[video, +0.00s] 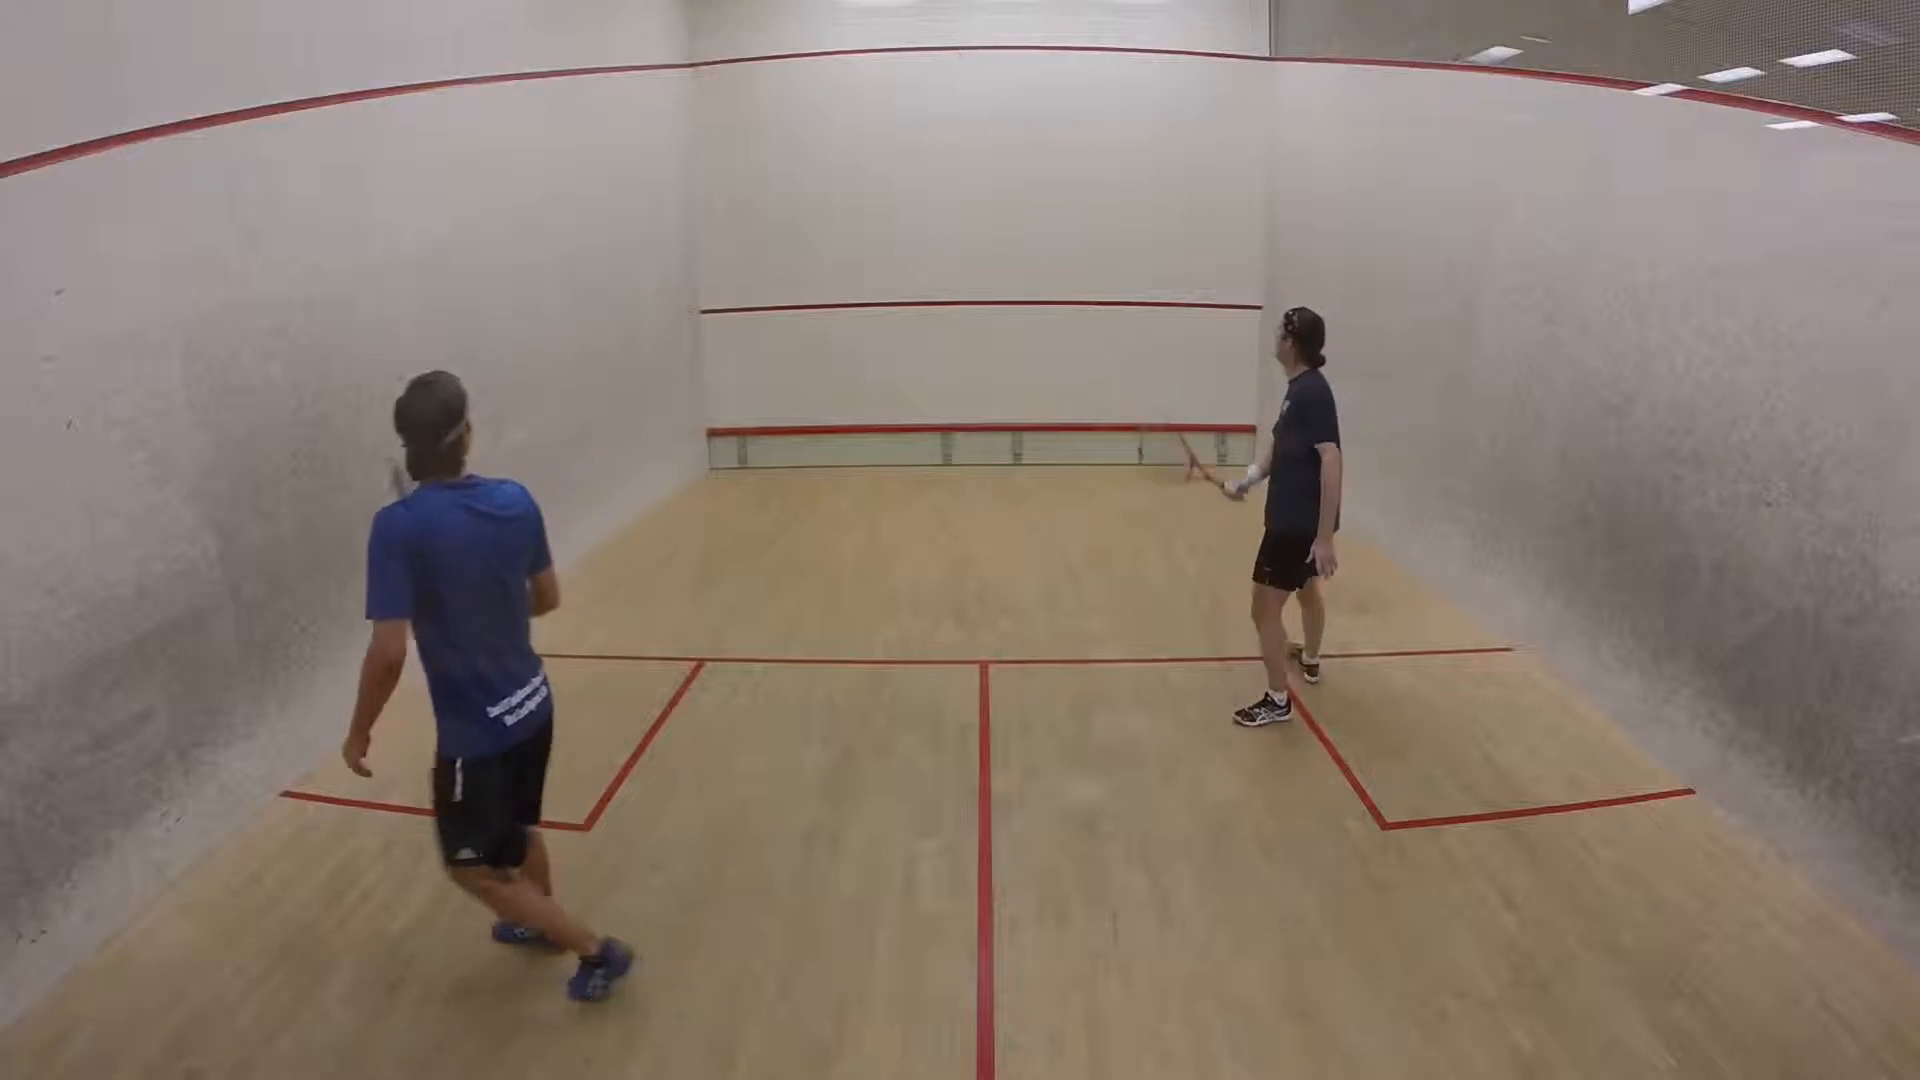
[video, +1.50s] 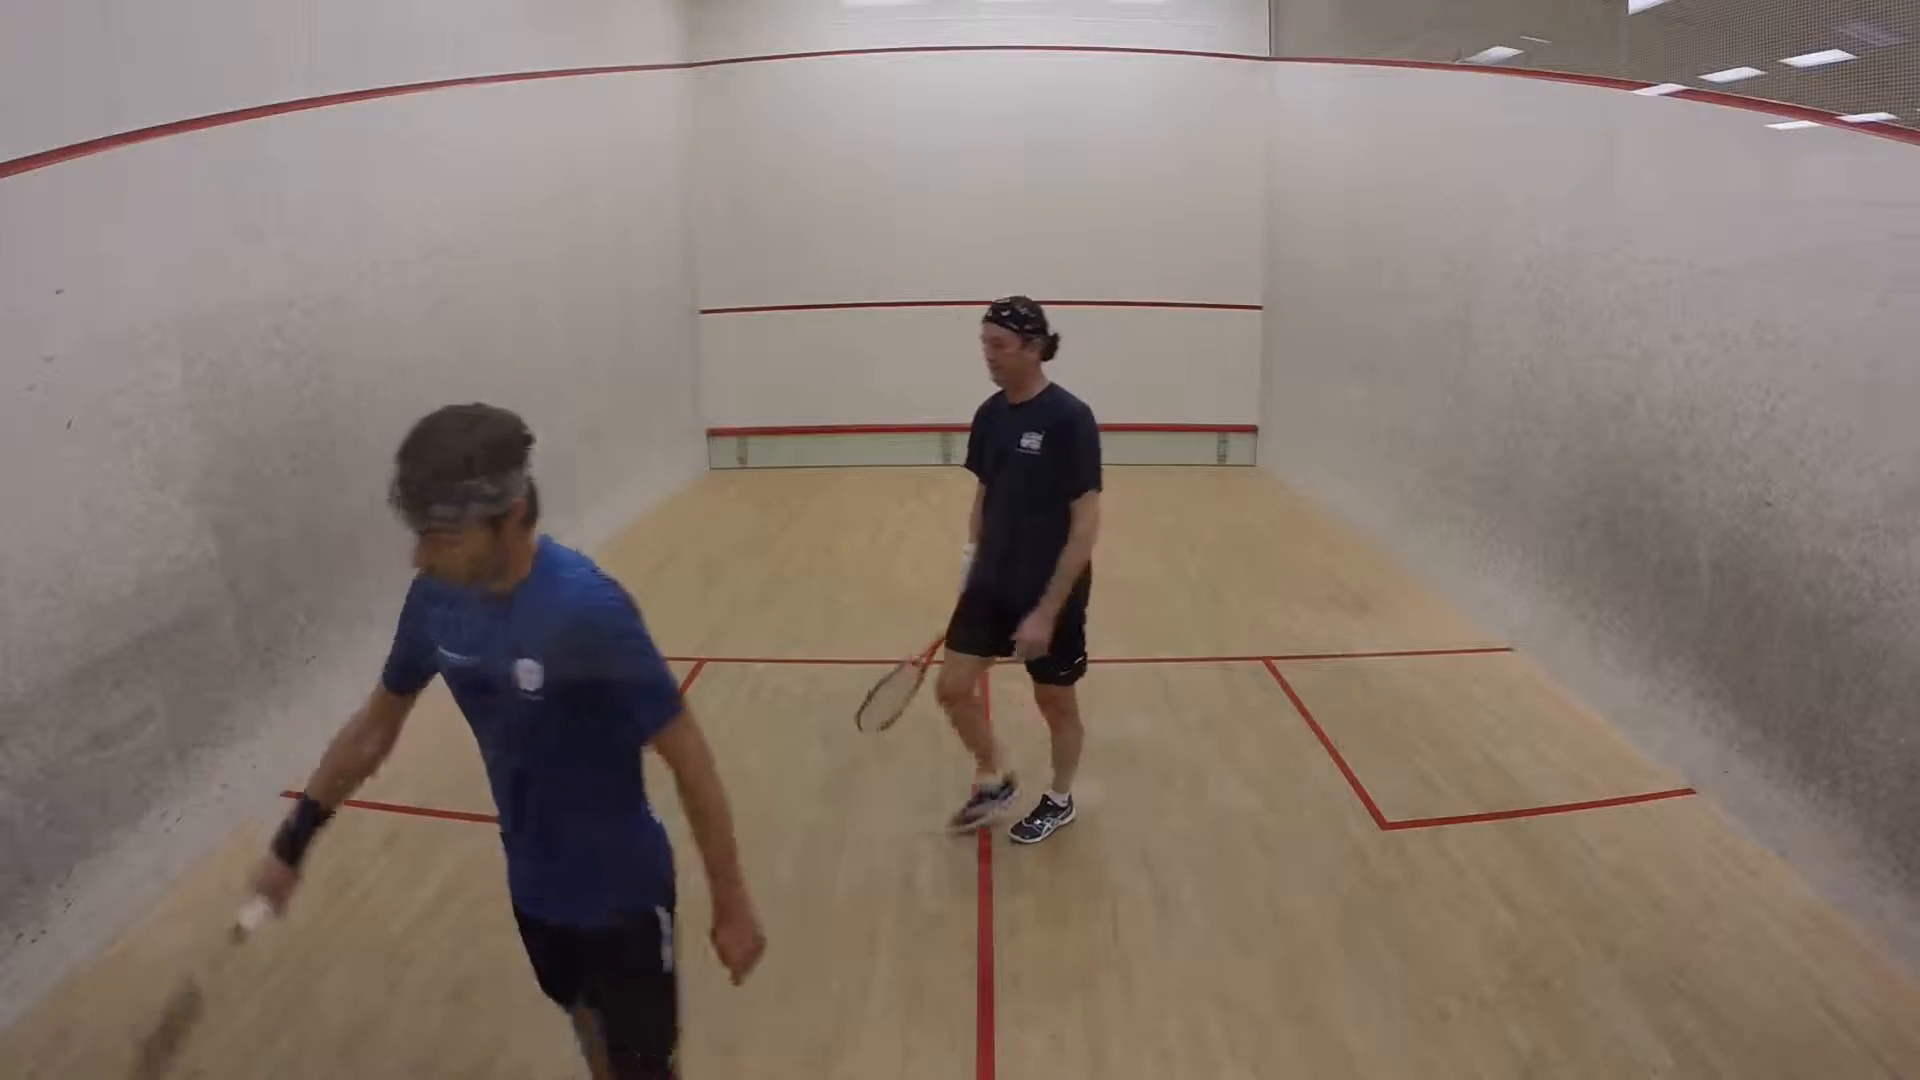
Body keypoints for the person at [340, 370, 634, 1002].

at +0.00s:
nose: (471, 428)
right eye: (468, 422)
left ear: (405, 441)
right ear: (467, 433)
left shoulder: (397, 528)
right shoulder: (512, 501)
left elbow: (389, 652)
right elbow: (546, 597)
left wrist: (360, 732)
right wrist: (480, 606)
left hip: (473, 732)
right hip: (531, 705)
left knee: (472, 866)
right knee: (521, 825)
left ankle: (599, 952)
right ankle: (540, 921)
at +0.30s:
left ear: (313, 464)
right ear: (380, 453)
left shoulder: (325, 564)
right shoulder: (431, 524)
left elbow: (353, 701)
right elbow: (456, 618)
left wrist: (346, 801)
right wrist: (368, 577)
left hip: (400, 778)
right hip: (464, 744)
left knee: (372, 922)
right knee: (488, 837)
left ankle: (428, 1069)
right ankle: (543, 921)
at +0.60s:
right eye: (284, 449)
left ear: (217, 489)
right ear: (292, 463)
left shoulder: (242, 592)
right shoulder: (368, 537)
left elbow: (286, 741)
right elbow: (423, 656)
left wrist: (289, 865)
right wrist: (354, 684)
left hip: (352, 815)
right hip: (426, 774)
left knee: (356, 954)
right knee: (451, 871)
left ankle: (429, 1071)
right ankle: (498, 969)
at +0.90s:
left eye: (233, 482)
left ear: (244, 505)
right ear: (319, 470)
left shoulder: (273, 611)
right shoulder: (398, 549)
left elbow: (329, 772)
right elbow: (457, 664)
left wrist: (330, 887)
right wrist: (405, 731)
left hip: (383, 845)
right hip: (455, 801)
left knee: (401, 989)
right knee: (459, 926)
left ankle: (432, 1075)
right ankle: (562, 1044)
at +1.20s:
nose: (289, 543)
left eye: (292, 524)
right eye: (283, 526)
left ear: (338, 512)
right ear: (350, 507)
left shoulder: (417, 598)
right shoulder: (427, 555)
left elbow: (534, 736)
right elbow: (423, 684)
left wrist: (543, 886)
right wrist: (352, 764)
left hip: (483, 858)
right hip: (522, 829)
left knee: (473, 1015)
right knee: (547, 982)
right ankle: (597, 1072)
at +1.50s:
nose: (425, 557)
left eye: (445, 536)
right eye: (419, 534)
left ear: (513, 516)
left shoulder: (590, 610)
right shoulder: (434, 596)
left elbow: (686, 750)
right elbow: (374, 728)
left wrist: (731, 903)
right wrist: (290, 842)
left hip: (620, 889)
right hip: (536, 885)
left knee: (641, 1065)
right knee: (594, 1037)